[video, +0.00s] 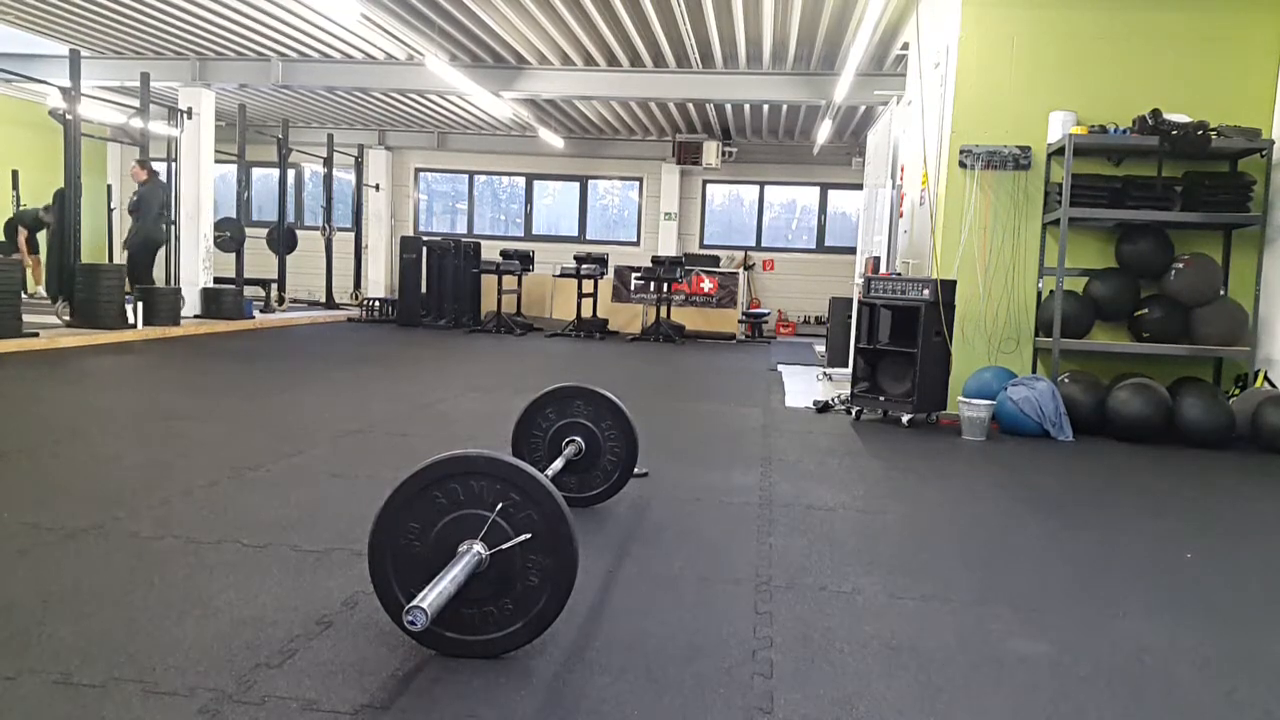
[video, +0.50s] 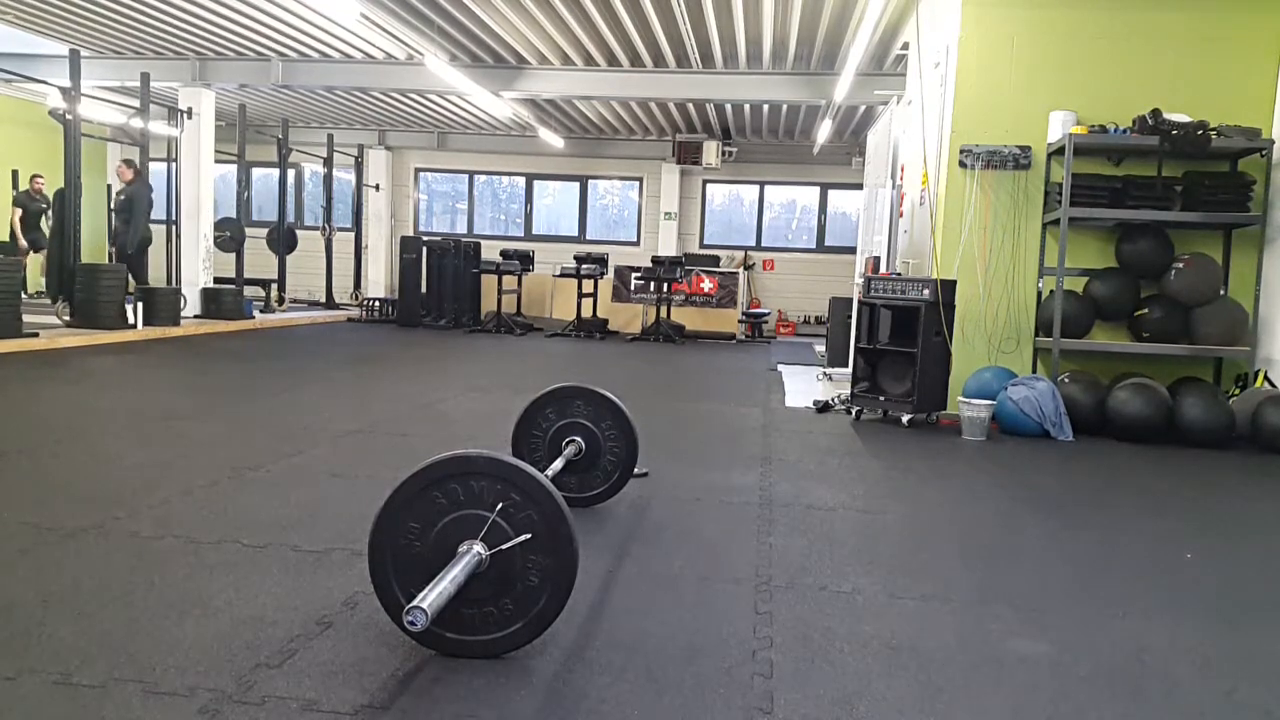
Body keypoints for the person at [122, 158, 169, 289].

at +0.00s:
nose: (131, 173)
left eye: (134, 169)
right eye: (132, 170)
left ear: (145, 170)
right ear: (145, 171)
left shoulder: (148, 189)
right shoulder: (159, 186)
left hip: (144, 235)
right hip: (155, 233)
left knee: (135, 271)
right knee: (144, 272)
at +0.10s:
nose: (128, 172)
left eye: (131, 168)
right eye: (129, 168)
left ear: (141, 170)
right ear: (141, 171)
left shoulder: (148, 189)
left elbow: (143, 221)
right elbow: (135, 220)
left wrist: (131, 246)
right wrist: (127, 240)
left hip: (148, 233)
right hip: (141, 232)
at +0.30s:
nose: (124, 173)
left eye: (127, 169)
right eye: (124, 169)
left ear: (137, 171)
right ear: (137, 172)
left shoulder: (141, 190)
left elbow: (142, 221)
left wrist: (134, 246)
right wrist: (123, 240)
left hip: (140, 234)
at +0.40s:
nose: (120, 172)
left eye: (123, 168)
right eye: (120, 168)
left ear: (133, 170)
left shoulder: (142, 189)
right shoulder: (128, 190)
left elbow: (142, 219)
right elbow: (124, 221)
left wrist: (134, 246)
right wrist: (117, 242)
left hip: (138, 237)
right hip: (125, 237)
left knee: (140, 277)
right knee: (123, 276)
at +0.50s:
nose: (117, 171)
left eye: (120, 168)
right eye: (117, 168)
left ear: (131, 170)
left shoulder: (139, 188)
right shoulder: (125, 189)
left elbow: (139, 218)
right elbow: (120, 219)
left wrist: (131, 246)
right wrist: (115, 240)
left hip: (135, 238)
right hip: (122, 238)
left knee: (139, 278)